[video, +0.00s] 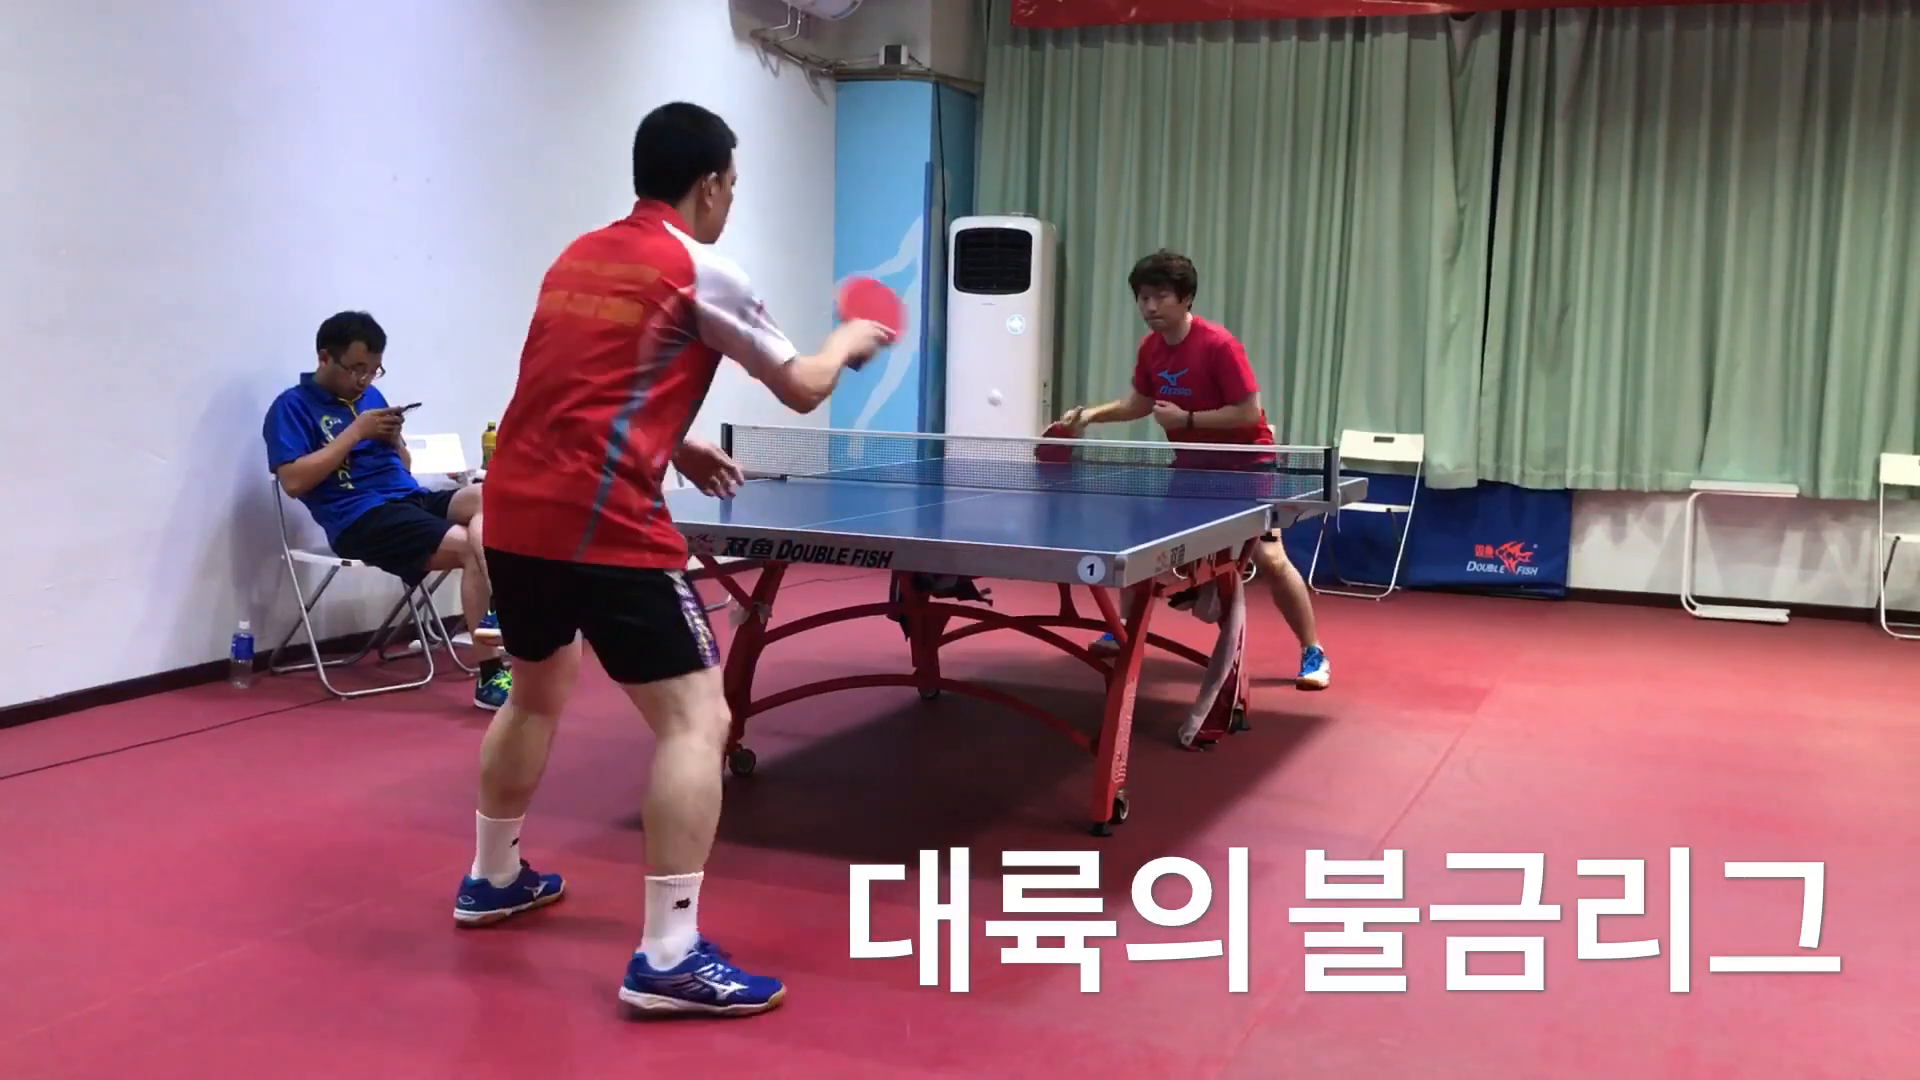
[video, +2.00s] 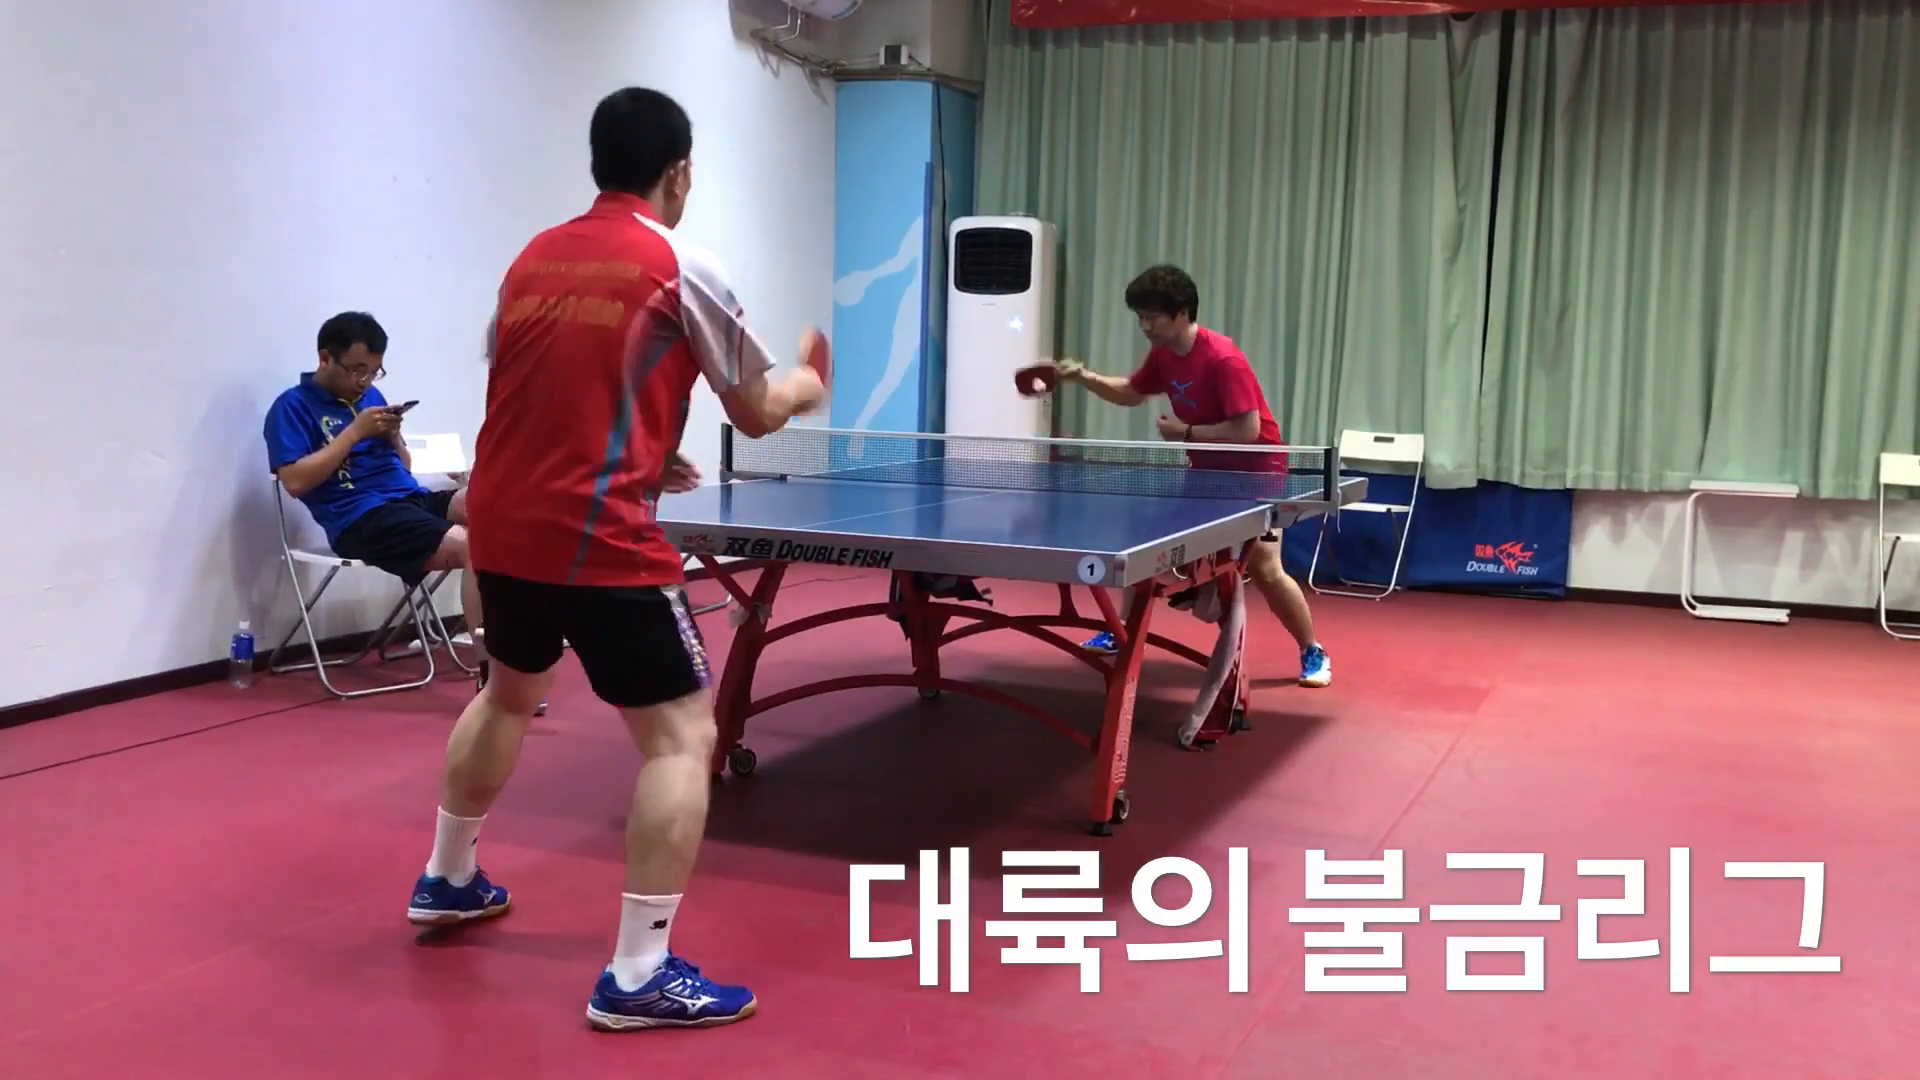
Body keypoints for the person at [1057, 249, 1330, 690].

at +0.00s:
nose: (1149, 307)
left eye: (1158, 297)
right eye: (1142, 298)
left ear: (1185, 298)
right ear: (1137, 301)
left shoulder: (1219, 345)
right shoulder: (1151, 348)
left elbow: (1250, 413)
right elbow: (1141, 403)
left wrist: (1186, 419)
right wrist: (1091, 413)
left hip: (1246, 468)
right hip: (1191, 468)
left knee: (1271, 557)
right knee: (1150, 541)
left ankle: (1312, 650)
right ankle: (1129, 628)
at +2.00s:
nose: (1144, 326)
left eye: (1151, 318)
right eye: (1141, 318)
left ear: (1180, 314)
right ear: (1141, 317)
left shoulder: (1222, 359)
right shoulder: (1163, 355)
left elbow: (1247, 429)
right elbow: (1130, 392)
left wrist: (1187, 431)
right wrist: (1082, 376)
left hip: (1256, 473)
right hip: (1206, 472)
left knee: (1266, 570)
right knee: (1153, 544)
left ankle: (1312, 650)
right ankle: (1126, 632)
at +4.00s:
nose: (1165, 312)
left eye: (1174, 302)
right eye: (1160, 303)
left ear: (1203, 300)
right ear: (1158, 304)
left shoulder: (1249, 347)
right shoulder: (1161, 351)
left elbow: (1276, 412)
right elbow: (1123, 409)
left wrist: (1215, 422)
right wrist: (1101, 393)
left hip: (1259, 474)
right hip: (1202, 473)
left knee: (1279, 557)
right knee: (1150, 541)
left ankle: (1318, 650)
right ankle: (1125, 633)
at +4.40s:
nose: (1138, 312)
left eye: (1146, 302)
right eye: (1131, 304)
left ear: (1173, 300)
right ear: (1129, 306)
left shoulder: (1207, 344)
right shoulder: (1148, 350)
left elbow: (1241, 411)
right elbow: (1143, 407)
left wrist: (1182, 421)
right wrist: (1095, 422)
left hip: (1246, 463)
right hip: (1193, 464)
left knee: (1266, 558)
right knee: (1146, 539)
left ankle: (1317, 648)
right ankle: (1124, 632)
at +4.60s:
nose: (1168, 331)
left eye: (1171, 321)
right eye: (1164, 323)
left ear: (1197, 312)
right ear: (1198, 310)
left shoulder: (1220, 353)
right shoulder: (1227, 333)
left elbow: (1248, 423)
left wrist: (1201, 435)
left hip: (1248, 476)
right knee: (1278, 578)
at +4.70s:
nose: (1214, 329)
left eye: (1217, 318)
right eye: (1210, 320)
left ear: (1242, 307)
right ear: (1247, 306)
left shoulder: (1259, 353)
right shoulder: (1280, 331)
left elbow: (1277, 424)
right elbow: (1277, 374)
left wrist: (1233, 437)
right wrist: (1234, 370)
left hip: (1276, 479)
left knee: (1308, 586)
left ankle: (1397, 657)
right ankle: (1397, 655)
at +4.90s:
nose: (1260, 323)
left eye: (1267, 313)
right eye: (1256, 314)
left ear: (1294, 310)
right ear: (1263, 313)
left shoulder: (1319, 365)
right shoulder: (1284, 351)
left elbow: (1331, 443)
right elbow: (1262, 407)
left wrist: (1269, 449)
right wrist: (1232, 395)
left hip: (1329, 484)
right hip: (1288, 476)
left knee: (1326, 592)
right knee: (1224, 539)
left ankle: (1407, 665)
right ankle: (1174, 619)